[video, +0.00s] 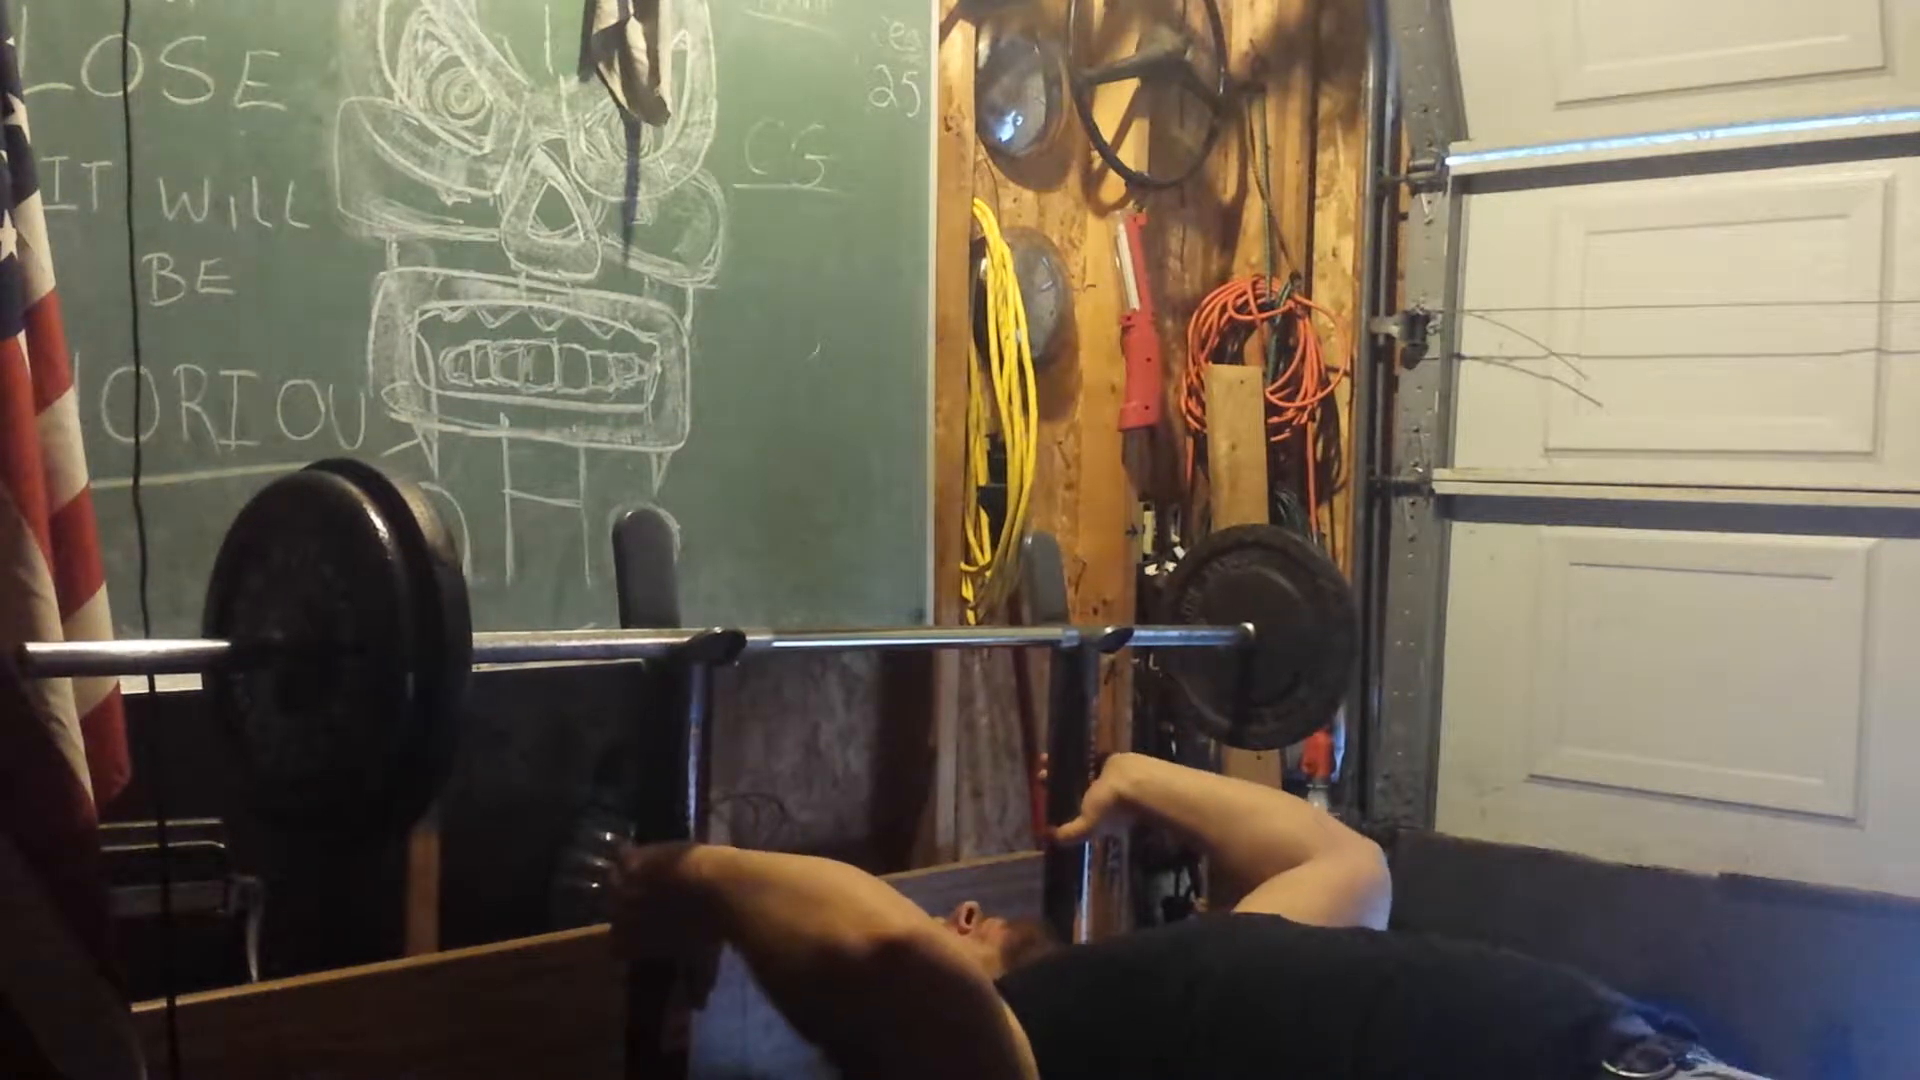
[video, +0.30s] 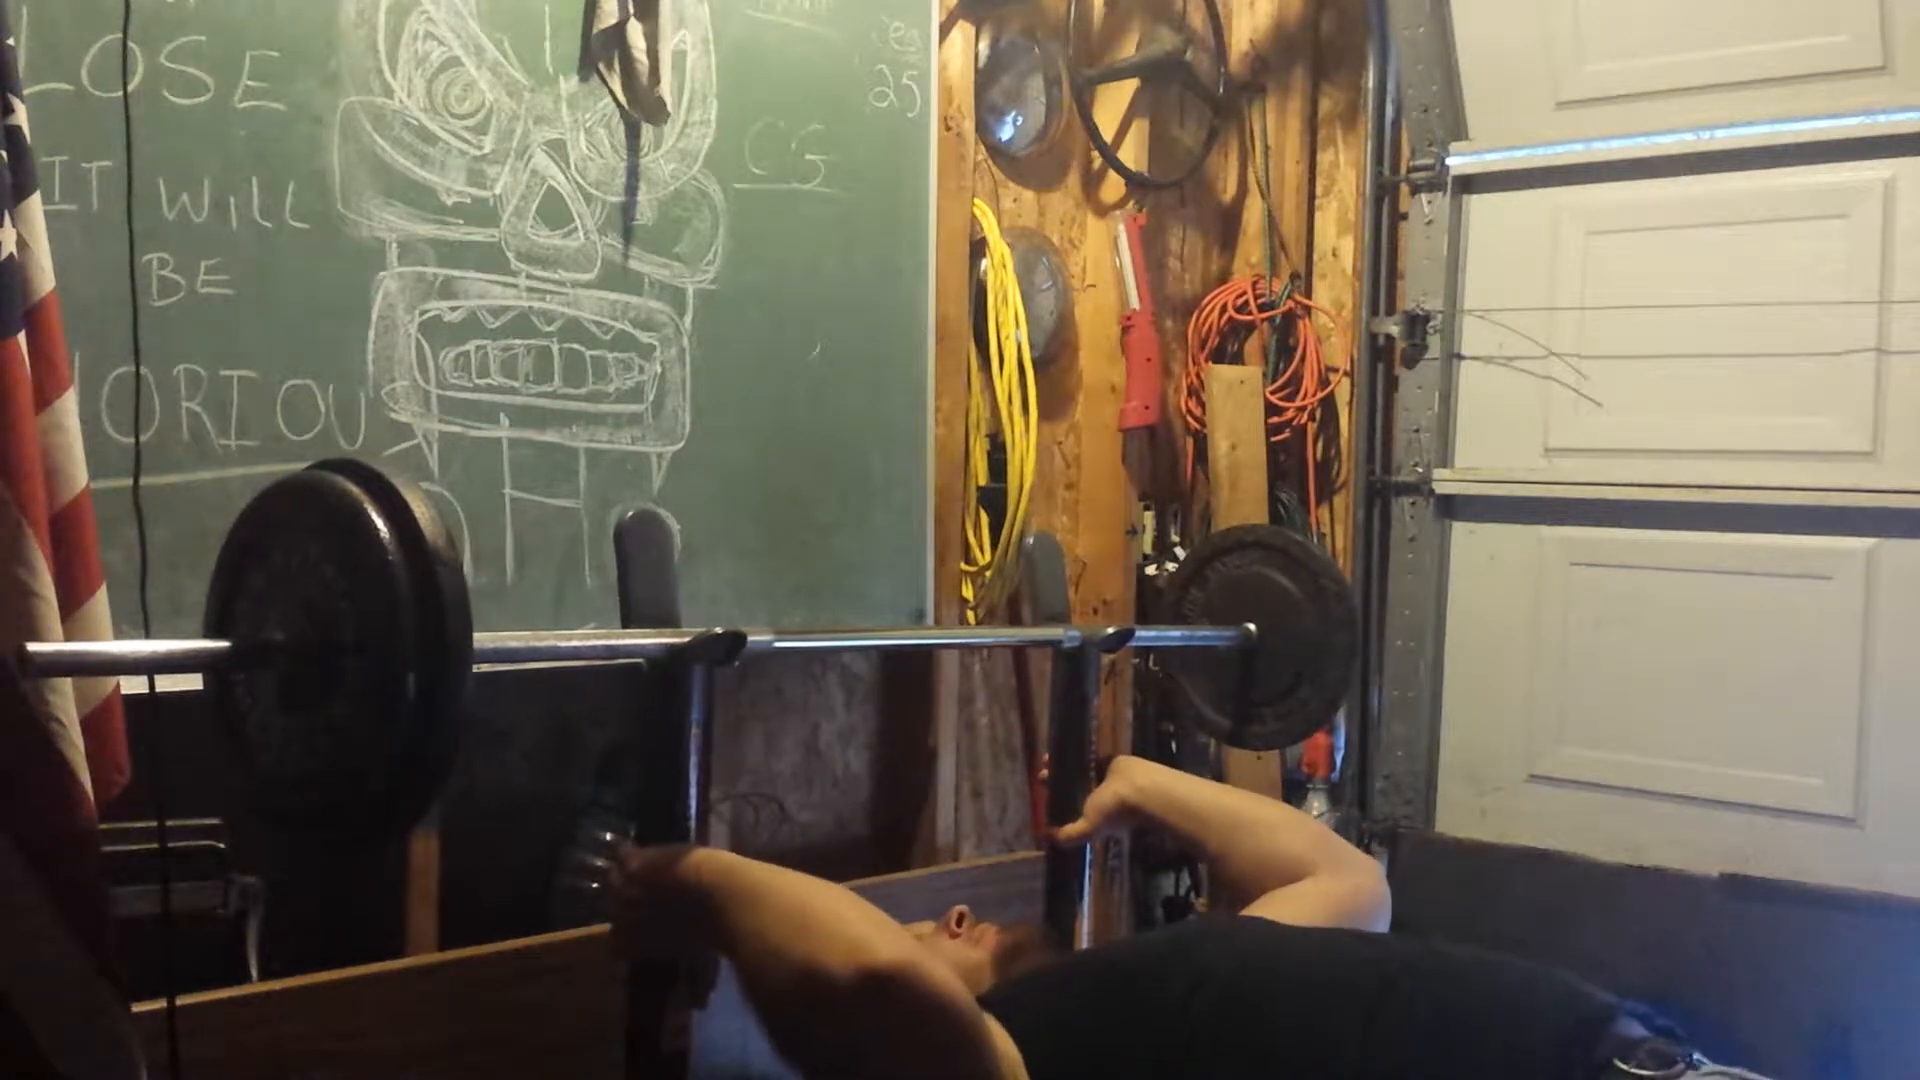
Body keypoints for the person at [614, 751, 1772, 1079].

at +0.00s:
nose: (967, 905)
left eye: (951, 899)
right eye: (926, 924)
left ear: (992, 914)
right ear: (908, 993)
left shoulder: (1179, 977)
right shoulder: (991, 1058)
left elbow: (1349, 861)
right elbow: (899, 956)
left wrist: (1145, 780)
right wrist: (685, 874)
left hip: (1666, 1045)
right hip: (1579, 1067)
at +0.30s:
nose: (955, 914)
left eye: (941, 906)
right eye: (916, 936)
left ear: (980, 918)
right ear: (906, 991)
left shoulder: (1194, 965)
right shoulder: (986, 1056)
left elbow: (1344, 874)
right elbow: (889, 982)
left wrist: (1142, 782)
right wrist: (691, 874)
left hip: (1670, 1046)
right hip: (1557, 1063)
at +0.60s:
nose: (928, 929)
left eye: (918, 921)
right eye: (897, 948)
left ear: (951, 929)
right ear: (885, 1006)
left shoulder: (1184, 962)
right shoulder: (984, 1060)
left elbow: (1333, 878)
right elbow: (867, 1000)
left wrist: (1147, 787)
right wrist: (692, 880)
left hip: (1669, 1045)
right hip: (1587, 1072)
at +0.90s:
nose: (922, 935)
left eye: (914, 929)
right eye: (892, 957)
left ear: (952, 938)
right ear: (888, 1016)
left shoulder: (1175, 969)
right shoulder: (996, 1060)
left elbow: (1330, 888)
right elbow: (867, 1013)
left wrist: (1151, 796)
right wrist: (697, 888)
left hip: (1665, 1045)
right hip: (1577, 1067)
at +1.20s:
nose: (921, 947)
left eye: (911, 940)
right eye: (888, 968)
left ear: (957, 944)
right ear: (883, 1029)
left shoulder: (1163, 966)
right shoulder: (991, 1062)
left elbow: (1340, 903)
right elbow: (859, 1031)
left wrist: (1158, 801)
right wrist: (698, 886)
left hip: (1641, 1041)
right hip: (1560, 1070)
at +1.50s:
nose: (925, 946)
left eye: (915, 945)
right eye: (892, 971)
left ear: (963, 956)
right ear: (878, 1034)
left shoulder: (1156, 975)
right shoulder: (946, 1068)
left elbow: (1333, 891)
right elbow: (806, 1021)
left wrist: (1176, 749)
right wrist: (656, 812)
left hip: (1639, 1044)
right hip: (1544, 1076)